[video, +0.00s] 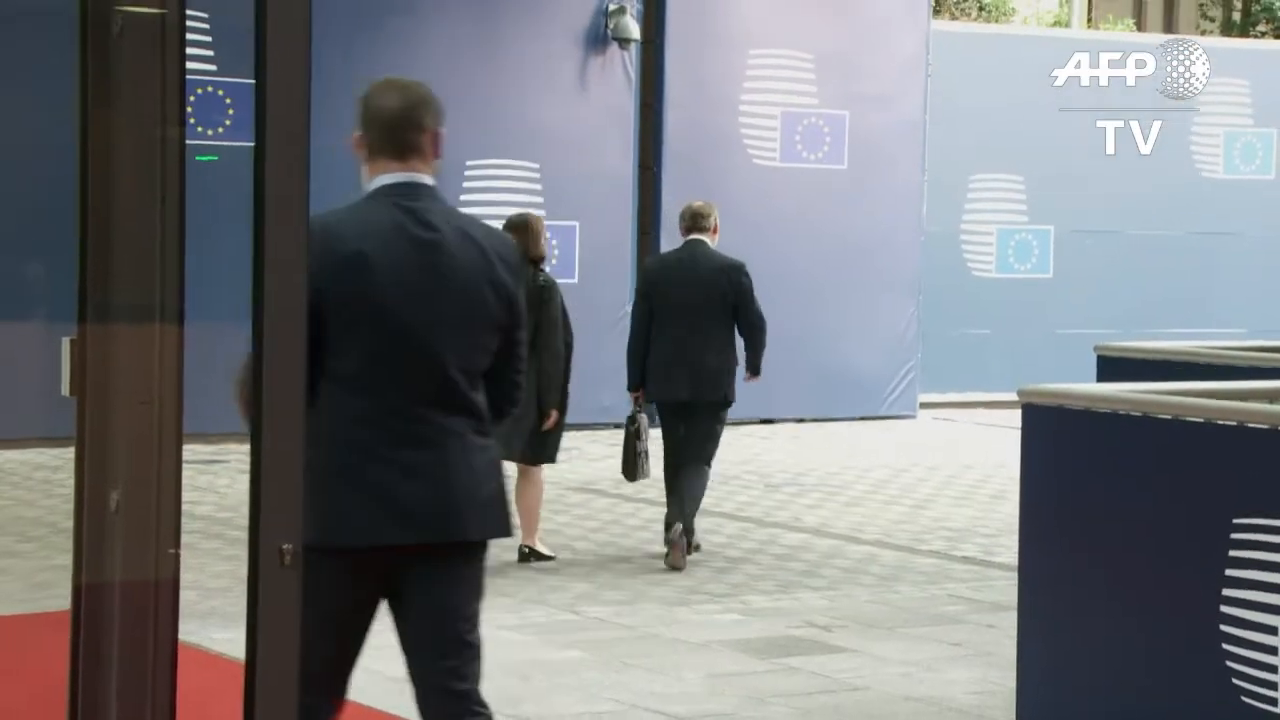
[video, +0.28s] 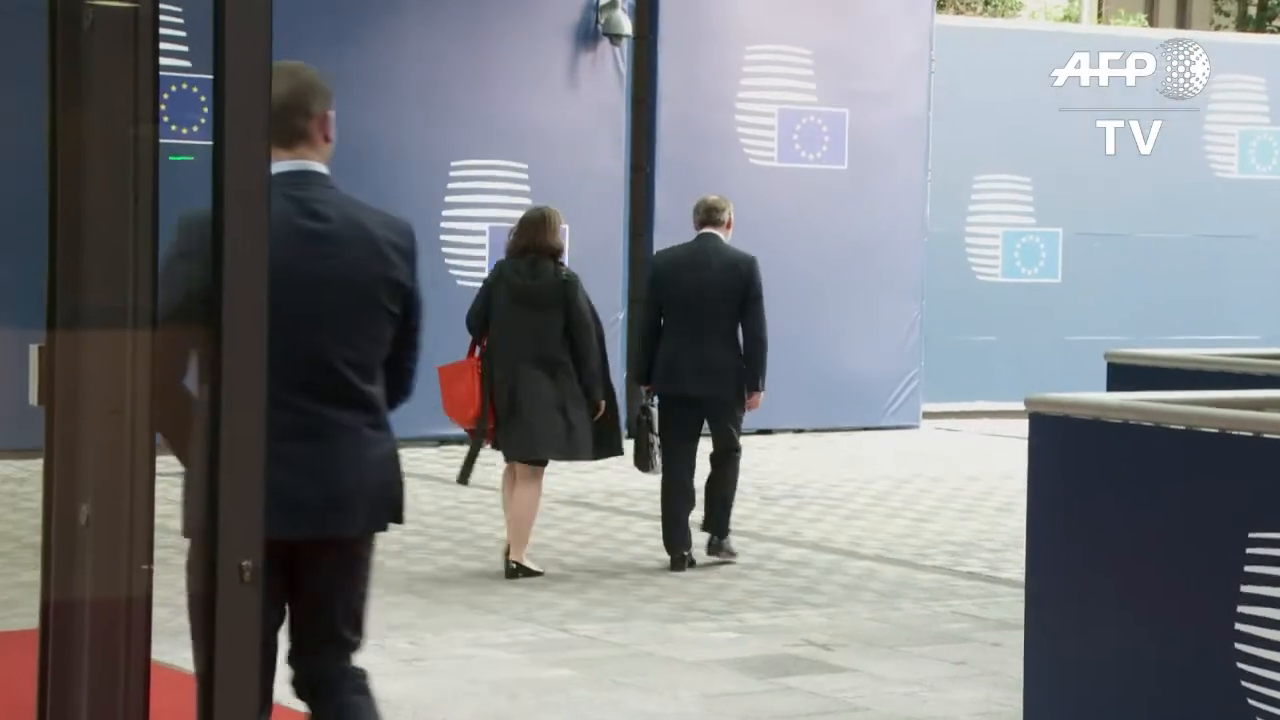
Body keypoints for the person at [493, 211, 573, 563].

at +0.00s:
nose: (545, 241)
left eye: (543, 235)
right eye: (542, 236)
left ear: (505, 240)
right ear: (536, 241)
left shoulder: (489, 278)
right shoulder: (541, 286)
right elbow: (551, 349)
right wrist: (552, 400)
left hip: (487, 387)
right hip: (528, 393)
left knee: (480, 462)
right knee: (530, 467)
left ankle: (465, 540)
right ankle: (530, 539)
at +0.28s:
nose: (565, 237)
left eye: (563, 230)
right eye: (562, 232)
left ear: (521, 235)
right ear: (554, 237)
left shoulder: (500, 275)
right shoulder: (565, 282)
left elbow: (475, 323)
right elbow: (586, 341)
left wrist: (500, 338)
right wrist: (597, 391)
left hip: (505, 381)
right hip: (547, 383)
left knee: (513, 467)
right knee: (530, 473)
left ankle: (513, 543)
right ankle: (517, 557)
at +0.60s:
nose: (574, 241)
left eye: (572, 234)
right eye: (571, 235)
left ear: (532, 237)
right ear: (565, 240)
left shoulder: (509, 277)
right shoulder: (574, 284)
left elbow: (485, 329)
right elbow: (591, 345)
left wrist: (504, 351)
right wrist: (605, 394)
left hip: (512, 382)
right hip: (558, 385)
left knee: (523, 469)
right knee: (548, 472)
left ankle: (539, 550)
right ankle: (514, 534)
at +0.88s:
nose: (580, 237)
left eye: (576, 230)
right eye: (578, 232)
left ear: (538, 231)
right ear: (573, 236)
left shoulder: (513, 269)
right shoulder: (577, 280)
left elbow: (486, 320)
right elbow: (583, 342)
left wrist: (507, 342)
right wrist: (586, 394)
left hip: (512, 384)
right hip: (559, 387)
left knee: (517, 465)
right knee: (566, 465)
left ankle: (516, 555)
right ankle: (565, 546)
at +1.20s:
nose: (597, 240)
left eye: (596, 234)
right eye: (595, 234)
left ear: (554, 232)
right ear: (587, 238)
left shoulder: (528, 271)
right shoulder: (595, 284)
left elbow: (502, 321)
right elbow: (602, 348)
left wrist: (529, 336)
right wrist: (606, 399)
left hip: (531, 384)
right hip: (577, 388)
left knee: (529, 465)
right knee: (568, 470)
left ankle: (511, 516)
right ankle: (556, 551)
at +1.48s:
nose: (606, 238)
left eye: (605, 231)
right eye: (604, 232)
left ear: (562, 230)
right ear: (595, 235)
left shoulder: (539, 271)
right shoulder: (604, 279)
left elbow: (513, 323)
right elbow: (626, 336)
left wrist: (540, 326)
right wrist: (641, 381)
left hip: (541, 379)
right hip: (584, 382)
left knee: (561, 466)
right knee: (559, 472)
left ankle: (570, 544)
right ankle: (537, 558)